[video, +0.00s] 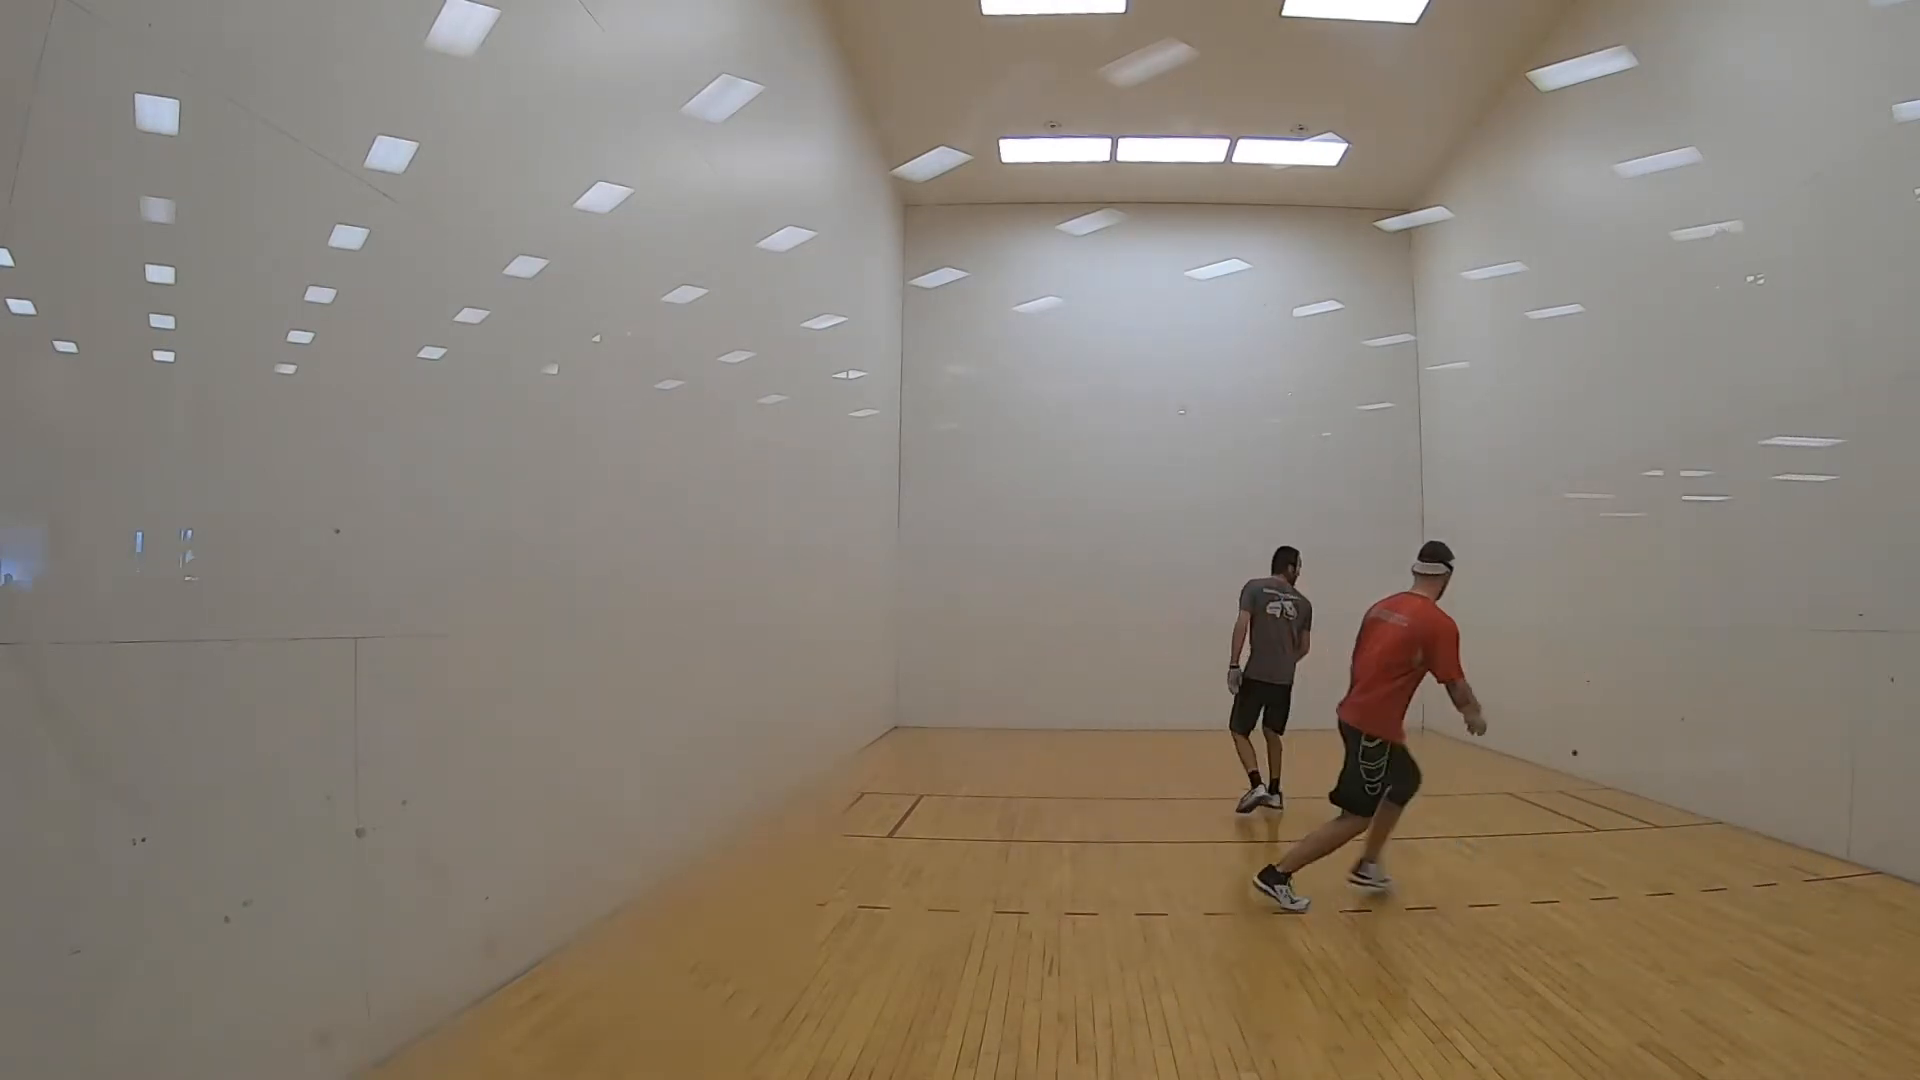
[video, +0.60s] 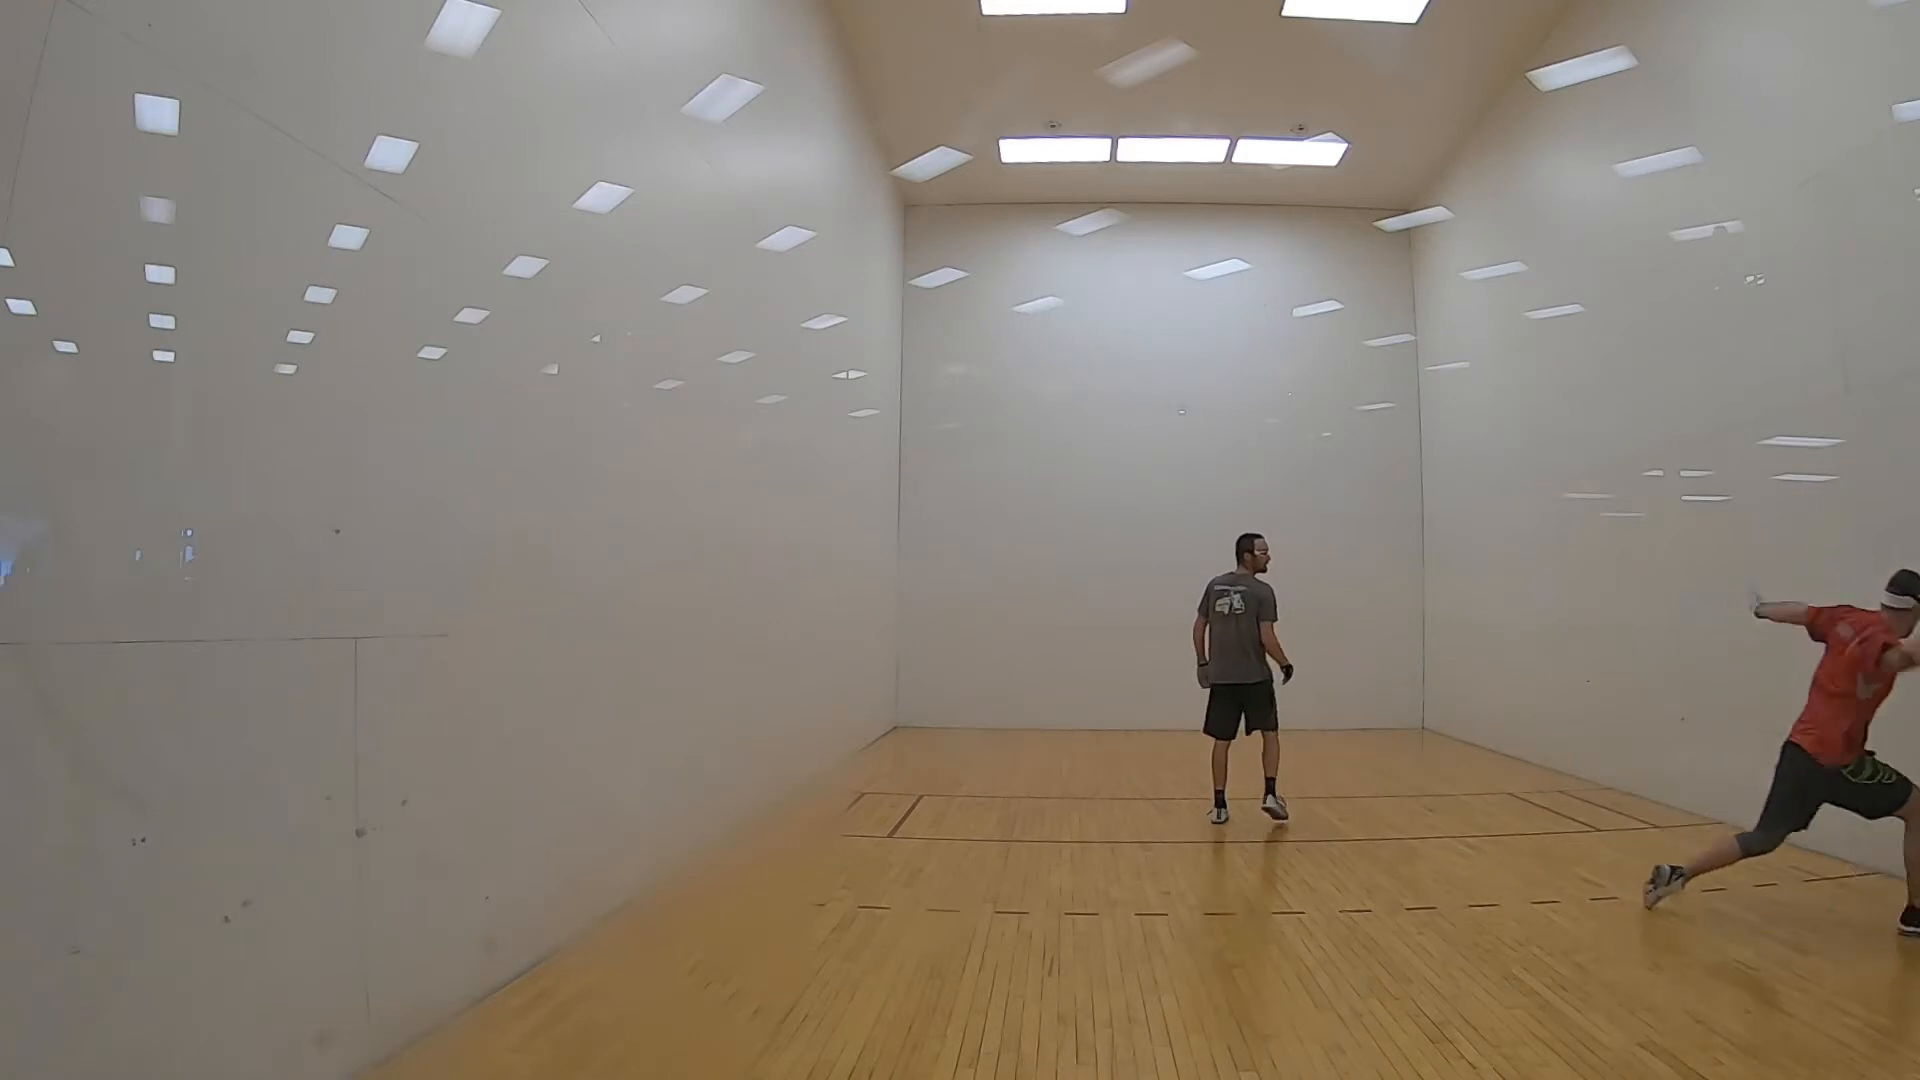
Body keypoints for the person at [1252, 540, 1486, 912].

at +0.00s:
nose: (1444, 584)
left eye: (1438, 577)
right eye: (1446, 578)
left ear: (1413, 572)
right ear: (1447, 578)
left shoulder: (1382, 607)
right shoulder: (1439, 624)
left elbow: (1359, 662)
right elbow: (1457, 688)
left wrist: (1366, 701)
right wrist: (1474, 713)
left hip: (1355, 715)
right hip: (1376, 726)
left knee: (1406, 779)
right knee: (1360, 815)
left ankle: (1368, 865)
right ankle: (1276, 874)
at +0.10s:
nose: (1511, 582)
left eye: (1506, 574)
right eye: (1513, 576)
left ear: (1478, 572)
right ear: (1511, 577)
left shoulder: (1446, 608)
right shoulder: (1508, 620)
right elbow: (1514, 684)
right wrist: (1511, 720)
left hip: (1434, 719)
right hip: (1454, 727)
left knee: (1494, 777)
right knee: (1415, 815)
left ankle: (1498, 871)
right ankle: (1333, 856)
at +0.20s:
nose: (1583, 589)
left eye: (1582, 582)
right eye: (1584, 583)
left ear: (1549, 579)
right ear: (1579, 583)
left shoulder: (1520, 615)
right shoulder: (1569, 624)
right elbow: (1578, 688)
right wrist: (1596, 728)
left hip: (1504, 729)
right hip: (1522, 735)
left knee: (1550, 797)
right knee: (1545, 824)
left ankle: (1514, 878)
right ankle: (1454, 847)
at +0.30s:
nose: (1661, 585)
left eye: (1661, 578)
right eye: (1662, 577)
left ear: (1627, 571)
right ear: (1656, 577)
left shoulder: (1597, 606)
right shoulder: (1635, 616)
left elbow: (1580, 673)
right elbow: (1658, 663)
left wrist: (1611, 715)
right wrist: (1708, 674)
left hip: (1565, 728)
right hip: (1597, 734)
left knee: (1581, 807)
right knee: (1668, 792)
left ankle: (1520, 872)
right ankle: (1613, 872)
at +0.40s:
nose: (1747, 581)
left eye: (1746, 573)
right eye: (1750, 573)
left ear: (1714, 563)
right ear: (1747, 572)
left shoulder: (1680, 596)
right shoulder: (1716, 607)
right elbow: (1743, 620)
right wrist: (1797, 603)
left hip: (1642, 725)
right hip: (1680, 732)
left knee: (1619, 803)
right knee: (1759, 783)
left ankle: (1547, 860)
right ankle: (1780, 883)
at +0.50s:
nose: (1826, 597)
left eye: (1829, 590)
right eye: (1828, 589)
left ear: (1800, 575)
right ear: (1823, 585)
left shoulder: (1757, 597)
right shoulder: (1802, 615)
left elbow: (1714, 607)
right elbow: (1816, 604)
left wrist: (1699, 612)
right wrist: (1864, 578)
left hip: (1722, 742)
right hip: (1765, 749)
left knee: (1681, 813)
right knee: (1840, 810)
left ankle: (1602, 860)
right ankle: (1887, 901)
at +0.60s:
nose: (1914, 621)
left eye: (1913, 612)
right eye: (1914, 612)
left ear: (1884, 603)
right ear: (1909, 609)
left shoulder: (1846, 618)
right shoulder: (1889, 646)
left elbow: (1800, 613)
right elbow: (1905, 654)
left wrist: (1760, 609)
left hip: (1799, 755)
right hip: (1841, 764)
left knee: (1763, 839)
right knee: (1915, 808)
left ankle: (1678, 873)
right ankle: (1915, 909)